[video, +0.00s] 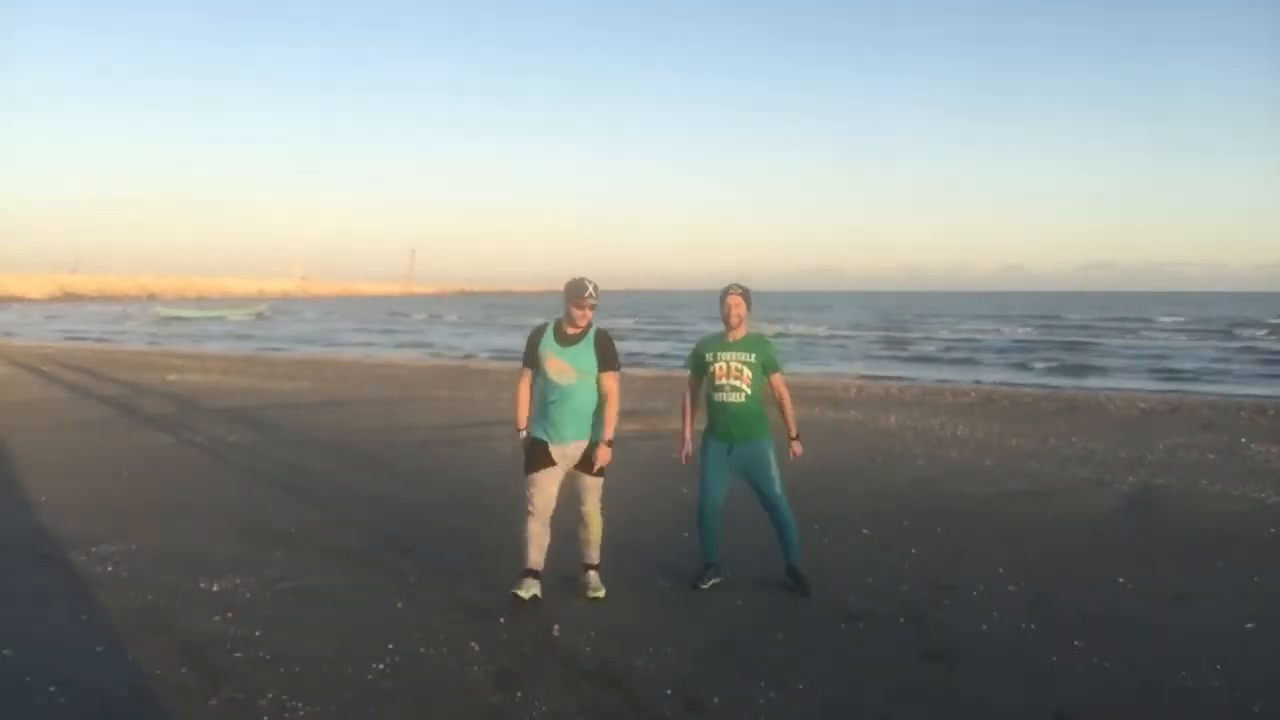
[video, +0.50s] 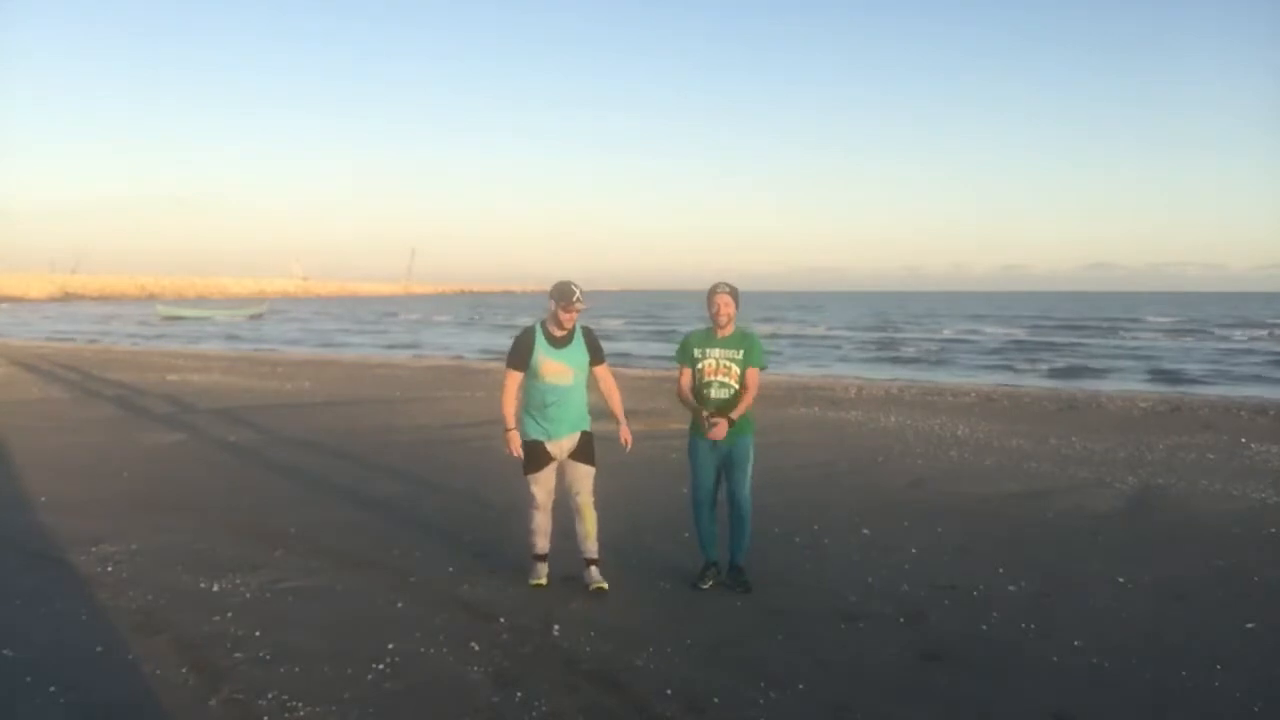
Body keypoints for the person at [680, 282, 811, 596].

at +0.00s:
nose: (731, 312)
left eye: (736, 306)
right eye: (726, 306)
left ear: (747, 311)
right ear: (720, 311)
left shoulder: (761, 347)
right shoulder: (705, 348)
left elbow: (781, 391)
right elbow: (692, 392)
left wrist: (793, 434)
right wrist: (686, 436)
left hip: (755, 439)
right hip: (717, 439)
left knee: (775, 500)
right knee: (708, 504)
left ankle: (793, 566)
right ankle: (711, 566)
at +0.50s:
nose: (720, 310)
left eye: (726, 305)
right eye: (715, 305)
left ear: (735, 308)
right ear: (709, 309)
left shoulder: (749, 343)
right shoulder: (693, 341)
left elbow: (751, 389)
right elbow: (683, 387)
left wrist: (728, 419)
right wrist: (700, 413)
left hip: (738, 430)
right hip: (702, 430)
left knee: (739, 498)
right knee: (703, 498)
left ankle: (737, 565)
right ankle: (711, 563)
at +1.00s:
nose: (741, 316)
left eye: (747, 311)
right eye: (736, 311)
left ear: (756, 317)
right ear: (728, 317)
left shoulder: (771, 357)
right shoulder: (713, 353)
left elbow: (786, 397)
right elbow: (692, 389)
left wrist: (797, 428)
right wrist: (698, 429)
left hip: (756, 449)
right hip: (717, 447)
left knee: (769, 516)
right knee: (710, 513)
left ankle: (773, 589)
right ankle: (711, 565)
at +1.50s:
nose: (758, 304)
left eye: (765, 298)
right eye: (753, 298)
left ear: (775, 305)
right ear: (745, 305)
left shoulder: (790, 343)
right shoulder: (732, 346)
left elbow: (801, 387)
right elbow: (729, 394)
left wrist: (779, 392)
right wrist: (732, 389)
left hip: (781, 443)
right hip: (743, 442)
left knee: (784, 522)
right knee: (731, 516)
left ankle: (776, 592)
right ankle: (735, 582)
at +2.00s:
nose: (727, 315)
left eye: (733, 308)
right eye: (723, 308)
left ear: (748, 309)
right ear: (719, 311)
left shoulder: (770, 345)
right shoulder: (707, 348)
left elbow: (796, 392)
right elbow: (686, 393)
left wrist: (784, 435)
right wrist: (695, 434)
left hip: (764, 449)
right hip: (722, 450)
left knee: (772, 523)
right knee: (718, 521)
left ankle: (774, 592)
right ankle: (720, 587)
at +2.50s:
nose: (737, 310)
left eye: (740, 303)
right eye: (729, 304)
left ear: (747, 307)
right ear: (716, 310)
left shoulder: (764, 349)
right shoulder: (699, 351)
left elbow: (787, 388)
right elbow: (673, 394)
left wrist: (792, 419)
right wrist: (688, 411)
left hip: (757, 446)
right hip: (717, 447)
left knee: (770, 515)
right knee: (714, 516)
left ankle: (768, 589)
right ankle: (720, 586)